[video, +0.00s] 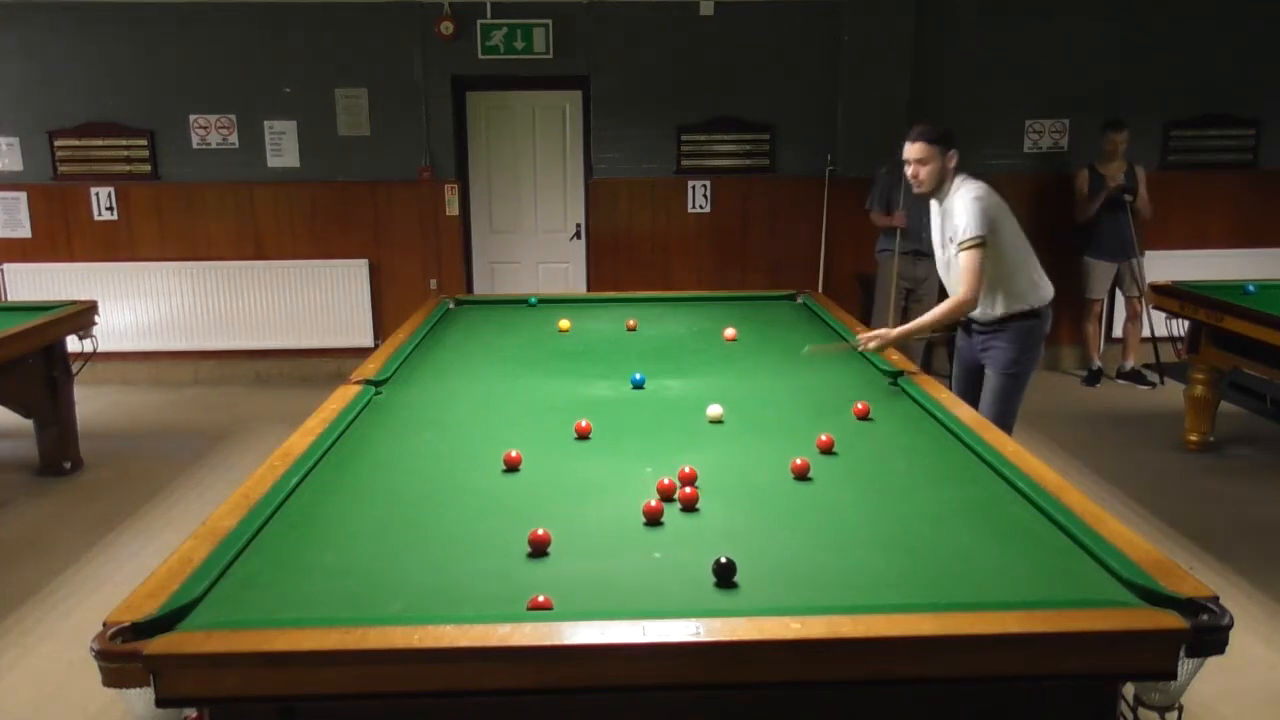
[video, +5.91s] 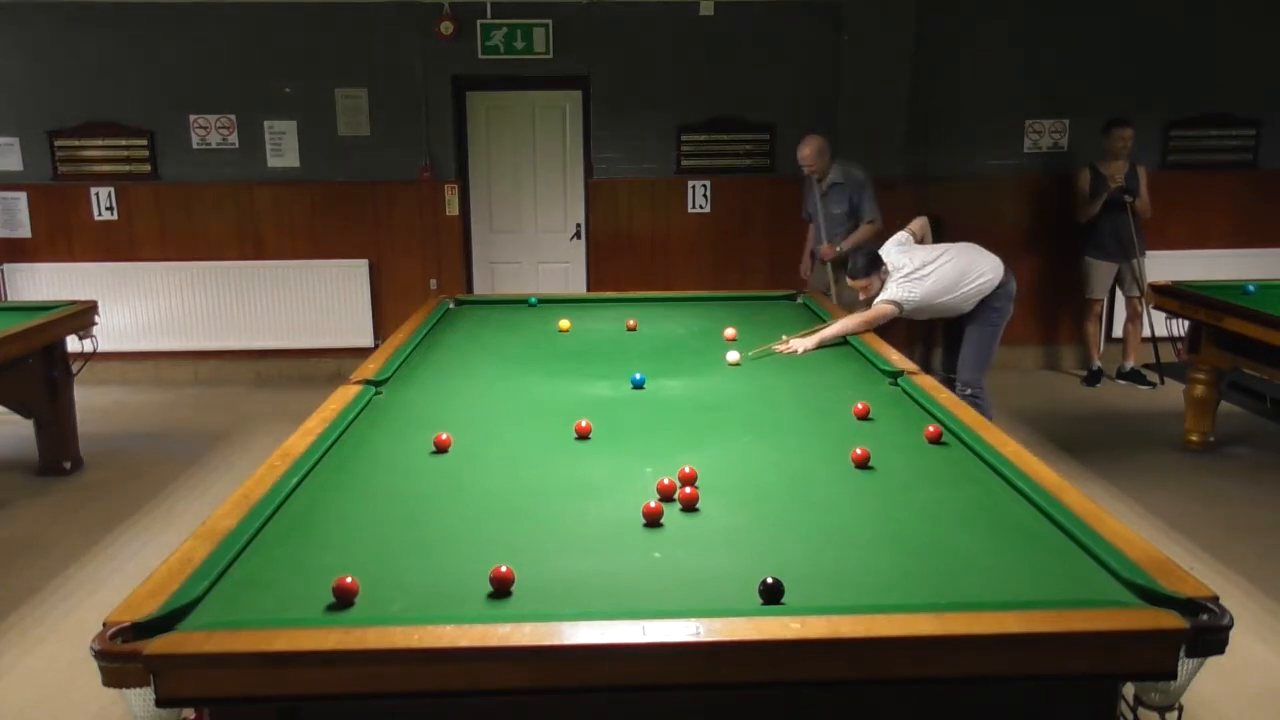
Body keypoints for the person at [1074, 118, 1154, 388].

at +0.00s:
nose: (1116, 147)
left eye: (1120, 143)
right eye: (1111, 142)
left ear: (1126, 143)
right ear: (1102, 142)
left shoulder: (1135, 172)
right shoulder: (1086, 174)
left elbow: (1146, 213)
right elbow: (1081, 214)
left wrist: (1135, 193)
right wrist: (1105, 191)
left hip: (1130, 251)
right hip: (1098, 251)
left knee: (1135, 310)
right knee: (1094, 310)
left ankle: (1128, 366)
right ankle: (1095, 364)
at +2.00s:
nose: (1122, 145)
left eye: (1126, 140)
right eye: (1117, 139)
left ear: (1130, 142)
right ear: (1105, 141)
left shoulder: (1136, 171)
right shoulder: (1093, 172)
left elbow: (1146, 211)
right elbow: (1085, 207)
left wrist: (1131, 194)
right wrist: (1105, 191)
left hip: (1131, 249)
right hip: (1100, 249)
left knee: (1135, 309)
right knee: (1093, 309)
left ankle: (1127, 366)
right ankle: (1094, 364)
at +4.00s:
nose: (1124, 145)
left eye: (1128, 140)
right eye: (1119, 139)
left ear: (1133, 142)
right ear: (1107, 140)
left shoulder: (1138, 171)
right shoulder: (1089, 172)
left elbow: (1147, 211)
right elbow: (1083, 215)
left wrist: (1132, 197)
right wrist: (1106, 191)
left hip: (1132, 251)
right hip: (1099, 251)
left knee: (1136, 309)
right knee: (1094, 310)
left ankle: (1128, 366)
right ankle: (1094, 365)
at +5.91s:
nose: (1125, 145)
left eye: (1129, 140)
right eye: (1120, 140)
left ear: (1132, 142)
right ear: (1106, 141)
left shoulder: (1137, 171)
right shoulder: (1088, 173)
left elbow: (1146, 211)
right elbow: (1082, 215)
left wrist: (1132, 198)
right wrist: (1106, 192)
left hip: (1132, 250)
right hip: (1099, 250)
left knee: (1136, 309)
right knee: (1093, 310)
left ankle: (1128, 366)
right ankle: (1094, 365)